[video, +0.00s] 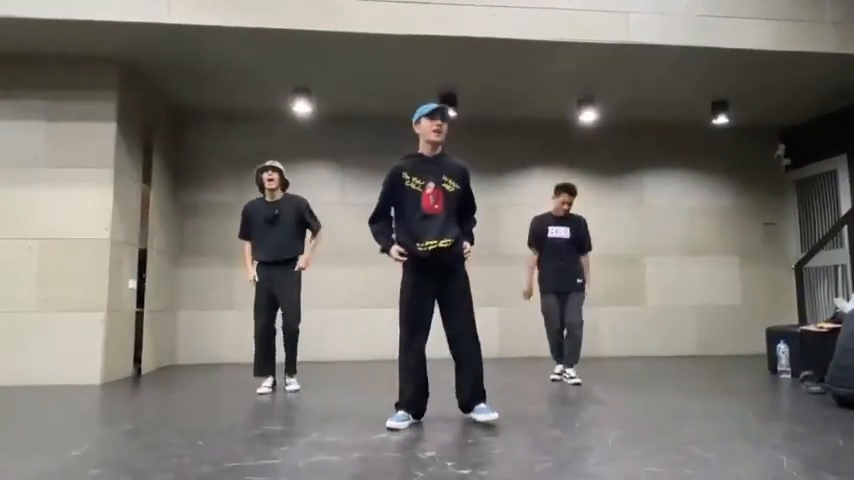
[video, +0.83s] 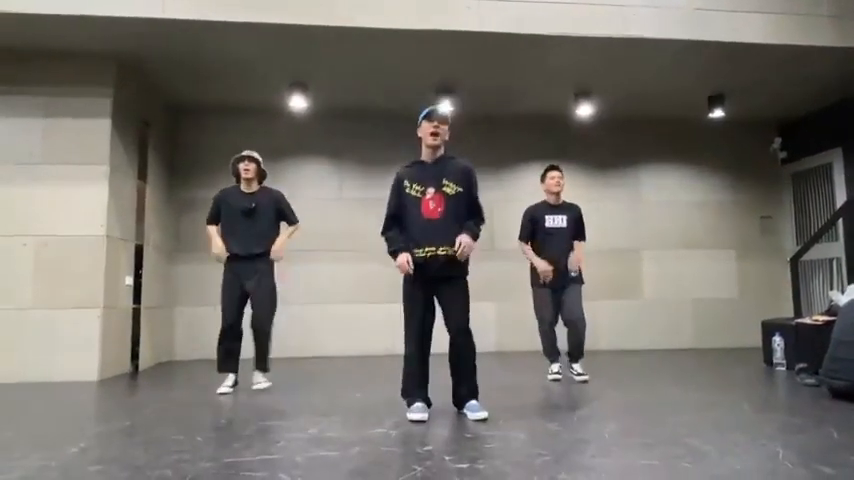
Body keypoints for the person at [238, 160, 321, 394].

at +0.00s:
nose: (269, 177)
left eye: (273, 174)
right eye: (266, 175)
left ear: (282, 179)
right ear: (260, 180)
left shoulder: (297, 203)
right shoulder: (252, 208)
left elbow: (317, 229)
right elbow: (247, 240)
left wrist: (308, 255)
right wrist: (249, 267)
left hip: (290, 271)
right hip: (264, 271)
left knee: (291, 324)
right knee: (263, 326)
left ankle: (290, 375)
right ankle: (267, 377)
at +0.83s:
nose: (246, 166)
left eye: (251, 162)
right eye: (242, 162)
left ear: (259, 169)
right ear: (236, 168)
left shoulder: (273, 196)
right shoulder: (224, 196)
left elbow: (293, 224)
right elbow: (212, 223)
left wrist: (281, 242)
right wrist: (216, 242)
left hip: (262, 266)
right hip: (233, 266)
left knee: (262, 321)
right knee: (230, 322)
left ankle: (260, 372)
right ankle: (230, 374)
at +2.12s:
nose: (225, 160)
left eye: (230, 157)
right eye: (222, 156)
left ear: (239, 163)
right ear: (216, 161)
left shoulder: (251, 195)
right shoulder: (202, 189)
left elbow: (253, 226)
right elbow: (203, 223)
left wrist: (248, 243)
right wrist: (207, 254)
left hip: (236, 257)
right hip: (209, 257)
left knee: (238, 314)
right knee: (206, 315)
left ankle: (242, 369)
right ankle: (200, 370)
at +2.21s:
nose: (223, 160)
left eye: (228, 157)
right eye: (220, 156)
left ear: (237, 163)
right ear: (214, 161)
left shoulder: (249, 194)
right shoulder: (199, 189)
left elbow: (252, 226)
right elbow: (201, 222)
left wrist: (245, 242)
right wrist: (204, 253)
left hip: (234, 258)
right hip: (206, 257)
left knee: (238, 314)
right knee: (202, 315)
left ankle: (243, 368)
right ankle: (200, 369)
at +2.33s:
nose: (220, 161)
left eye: (225, 157)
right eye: (217, 156)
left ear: (234, 163)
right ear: (211, 161)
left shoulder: (248, 194)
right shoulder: (198, 189)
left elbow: (252, 225)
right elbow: (199, 222)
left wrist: (244, 241)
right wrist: (201, 253)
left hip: (229, 257)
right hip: (203, 256)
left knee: (237, 307)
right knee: (185, 312)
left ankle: (266, 360)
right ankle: (169, 364)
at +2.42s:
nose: (218, 161)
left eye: (224, 157)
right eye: (215, 157)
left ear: (233, 163)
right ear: (209, 162)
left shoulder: (246, 194)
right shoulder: (196, 190)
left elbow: (252, 226)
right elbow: (197, 224)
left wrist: (243, 240)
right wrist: (200, 255)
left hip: (230, 259)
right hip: (202, 258)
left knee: (244, 311)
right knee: (182, 312)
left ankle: (267, 362)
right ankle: (161, 365)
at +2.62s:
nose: (219, 163)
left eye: (224, 159)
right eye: (215, 159)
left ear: (233, 165)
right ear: (209, 164)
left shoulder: (247, 195)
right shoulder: (197, 192)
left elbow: (251, 225)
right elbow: (198, 226)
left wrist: (244, 238)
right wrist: (202, 258)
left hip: (232, 258)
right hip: (204, 257)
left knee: (242, 311)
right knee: (190, 312)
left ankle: (249, 366)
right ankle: (185, 370)